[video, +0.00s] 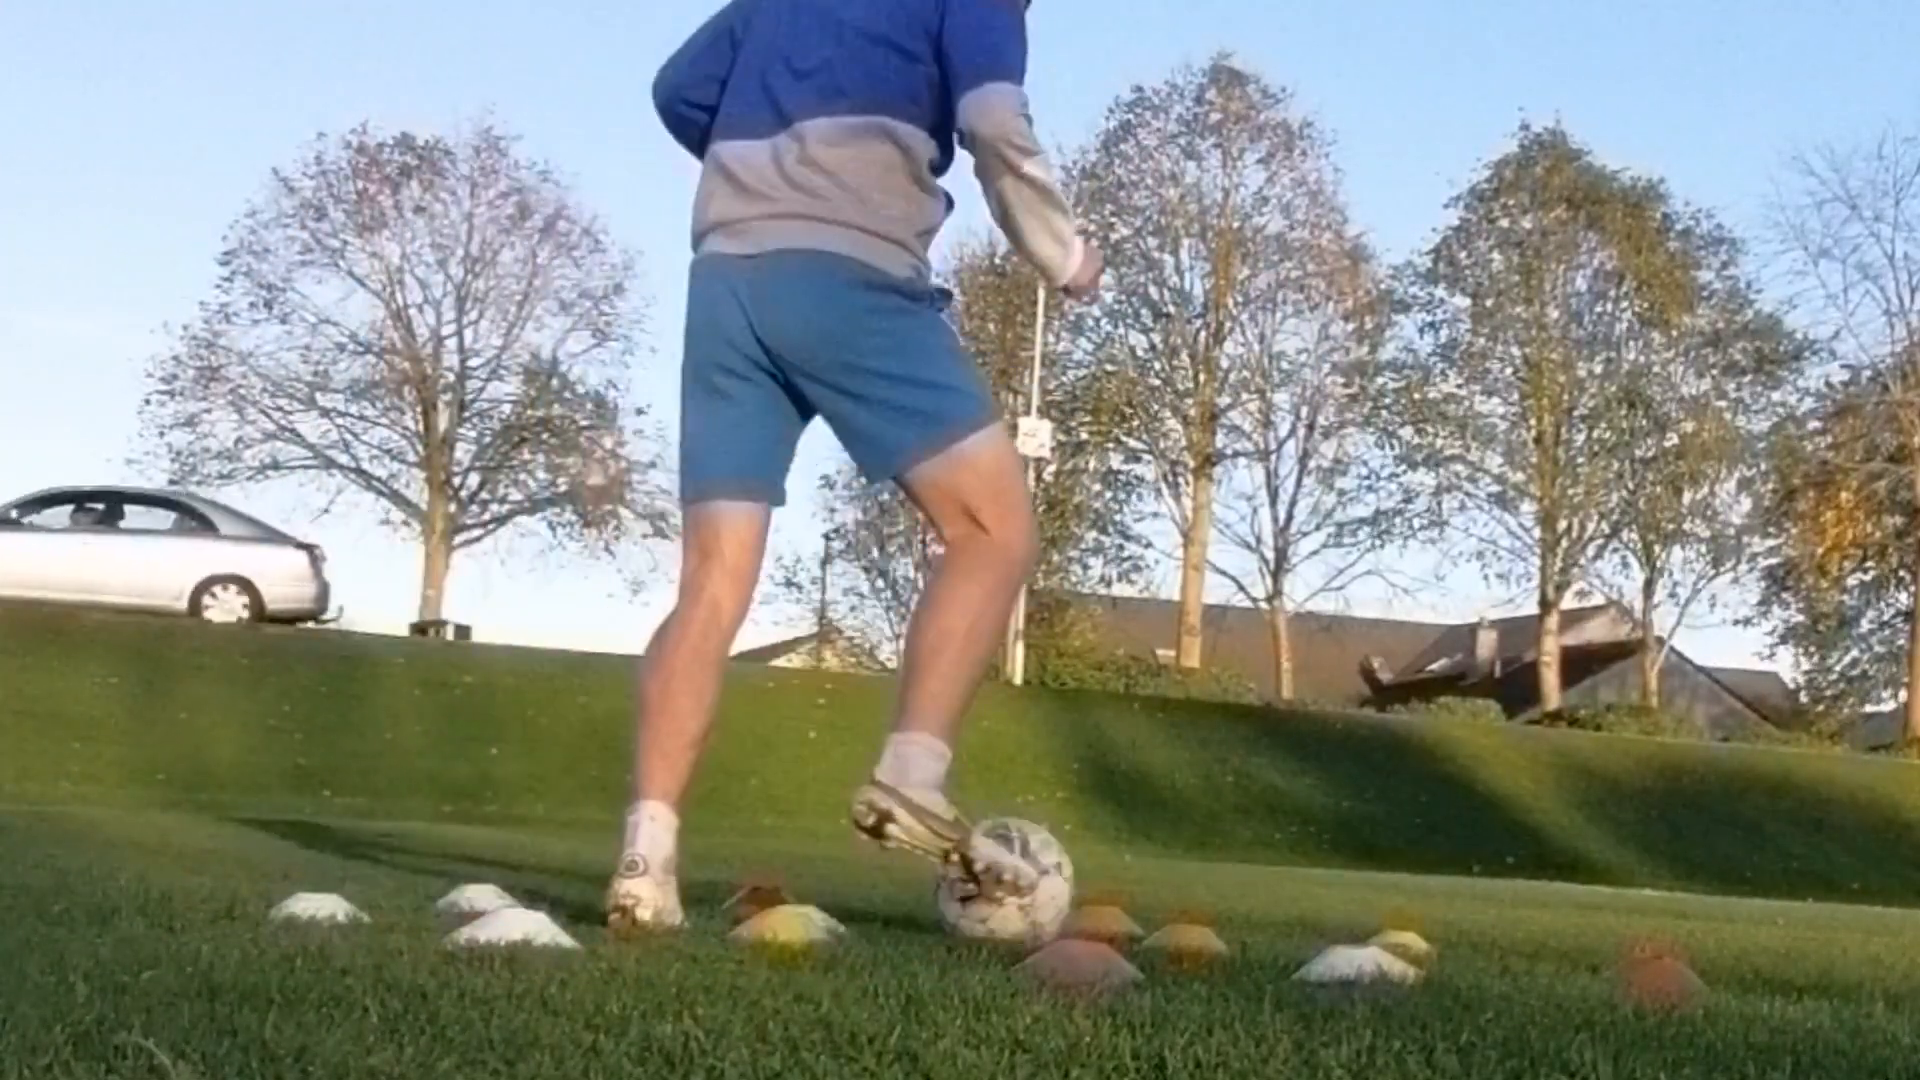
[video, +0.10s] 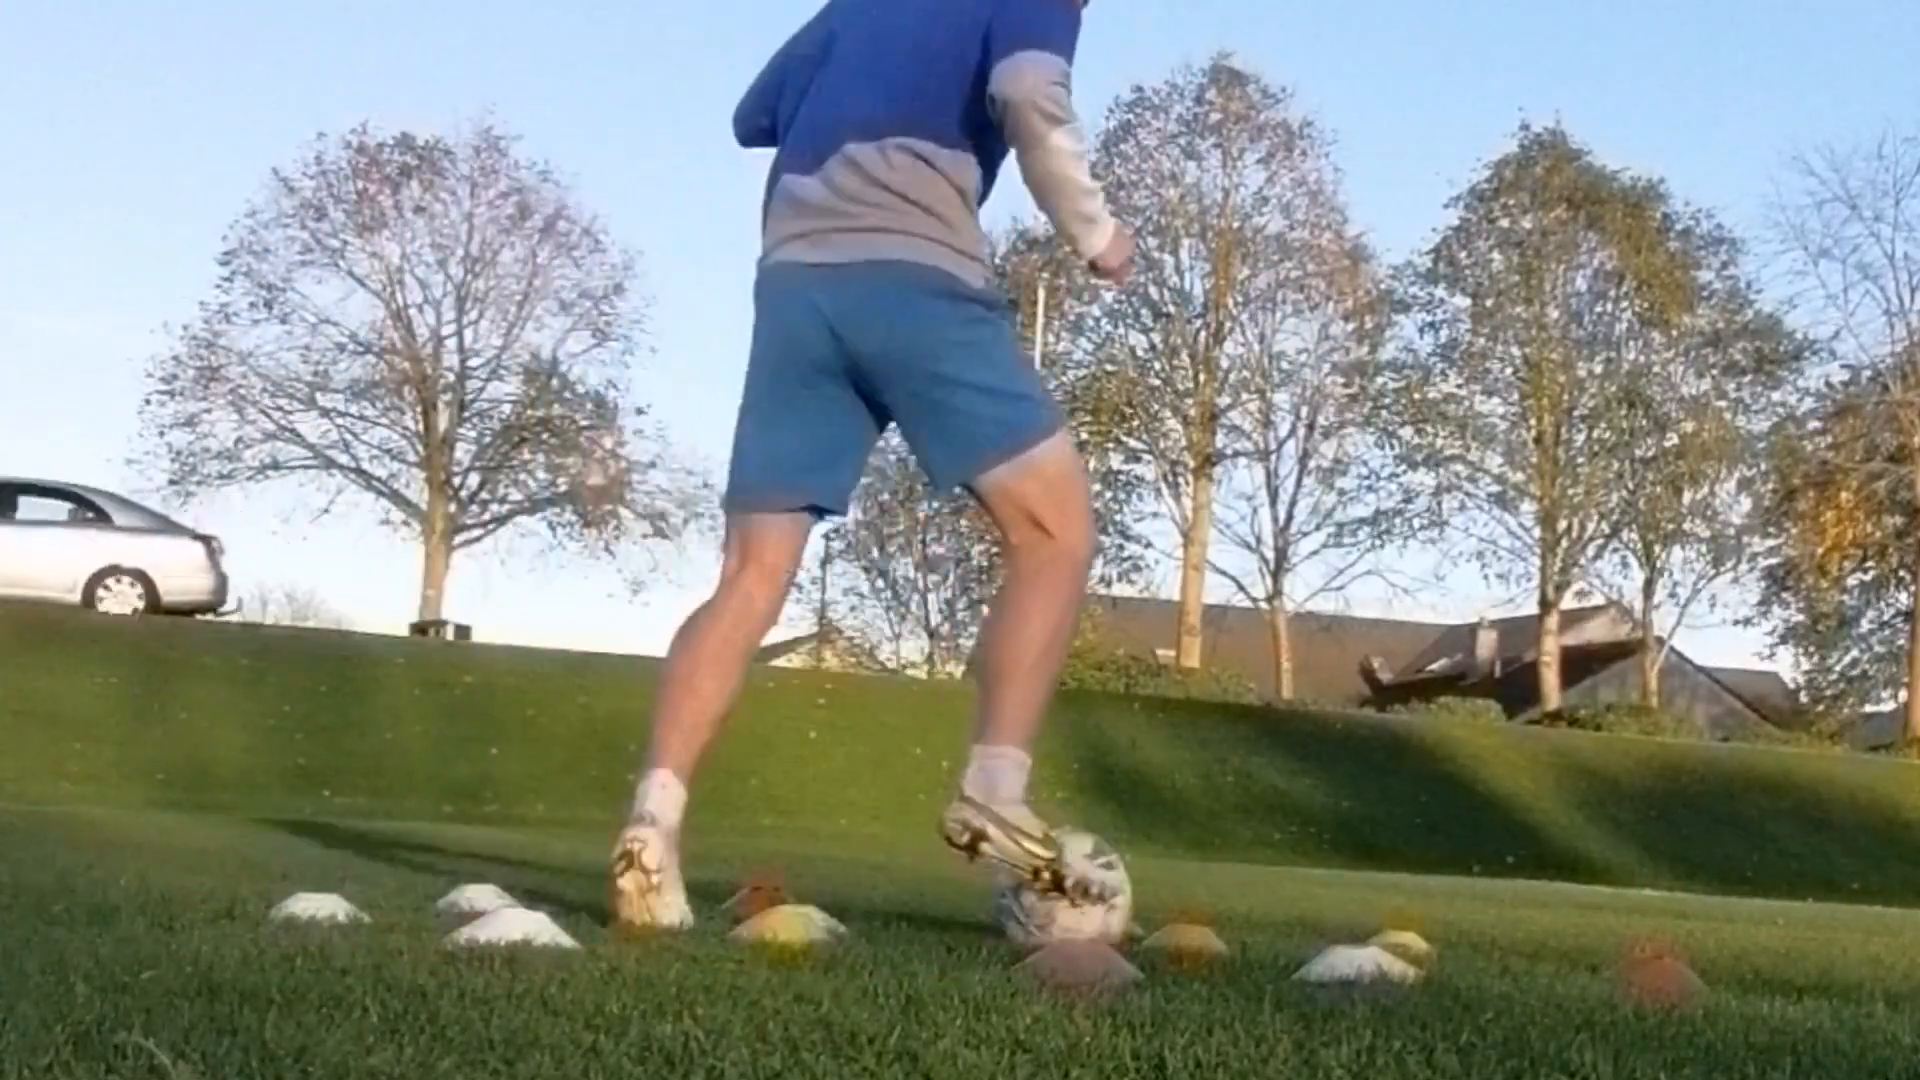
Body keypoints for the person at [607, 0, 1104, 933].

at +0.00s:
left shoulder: (772, 5)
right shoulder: (970, 5)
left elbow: (677, 89)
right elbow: (991, 121)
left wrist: (766, 172)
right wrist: (1066, 256)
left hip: (723, 284)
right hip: (852, 281)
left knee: (710, 585)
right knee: (994, 532)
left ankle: (645, 859)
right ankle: (911, 776)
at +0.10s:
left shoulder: (841, 16)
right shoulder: (1029, 4)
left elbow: (768, 128)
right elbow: (1027, 98)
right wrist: (1092, 227)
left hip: (792, 296)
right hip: (922, 289)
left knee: (750, 574)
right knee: (1055, 534)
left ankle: (652, 821)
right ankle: (994, 792)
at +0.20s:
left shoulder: (901, 33)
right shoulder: (1090, 6)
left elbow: (805, 164)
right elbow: (1094, 89)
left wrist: (910, 233)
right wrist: (1148, 230)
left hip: (879, 333)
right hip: (1007, 331)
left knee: (860, 562)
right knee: (1034, 607)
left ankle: (737, 766)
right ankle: (912, 871)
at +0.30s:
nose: (1173, 32)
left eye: (1175, 22)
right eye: (1172, 19)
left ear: (1041, 3)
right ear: (1139, 5)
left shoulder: (953, 57)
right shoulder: (1154, 44)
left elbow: (867, 157)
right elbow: (1208, 169)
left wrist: (925, 292)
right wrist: (1249, 276)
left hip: (942, 347)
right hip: (1059, 348)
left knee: (960, 595)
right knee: (1029, 620)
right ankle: (905, 877)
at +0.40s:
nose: (1230, 55)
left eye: (1230, 47)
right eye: (1232, 44)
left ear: (1145, 13)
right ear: (1206, 24)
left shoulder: (1015, 60)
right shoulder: (1212, 50)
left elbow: (942, 120)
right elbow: (1294, 186)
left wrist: (986, 272)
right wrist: (1315, 268)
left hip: (985, 351)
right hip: (1098, 355)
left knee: (1067, 590)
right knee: (1170, 607)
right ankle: (1002, 786)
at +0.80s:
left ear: (1284, 130)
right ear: (1388, 108)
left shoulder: (1235, 178)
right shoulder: (1408, 118)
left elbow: (1151, 281)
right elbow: (1487, 92)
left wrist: (1243, 316)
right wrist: (1562, 191)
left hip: (1236, 384)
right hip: (1367, 369)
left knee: (1223, 610)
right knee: (1474, 564)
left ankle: (1156, 854)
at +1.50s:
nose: (1097, 173)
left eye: (1092, 155)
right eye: (1090, 161)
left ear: (1112, 118)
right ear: (1154, 97)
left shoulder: (1176, 149)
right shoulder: (1298, 173)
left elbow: (1257, 252)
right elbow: (1355, 317)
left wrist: (1163, 383)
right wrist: (1323, 402)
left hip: (1237, 445)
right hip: (1336, 453)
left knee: (1170, 675)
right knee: (1337, 647)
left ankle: (1248, 893)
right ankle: (1390, 863)